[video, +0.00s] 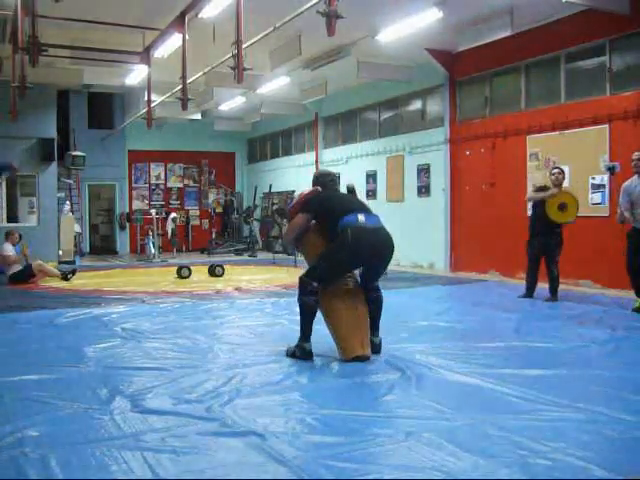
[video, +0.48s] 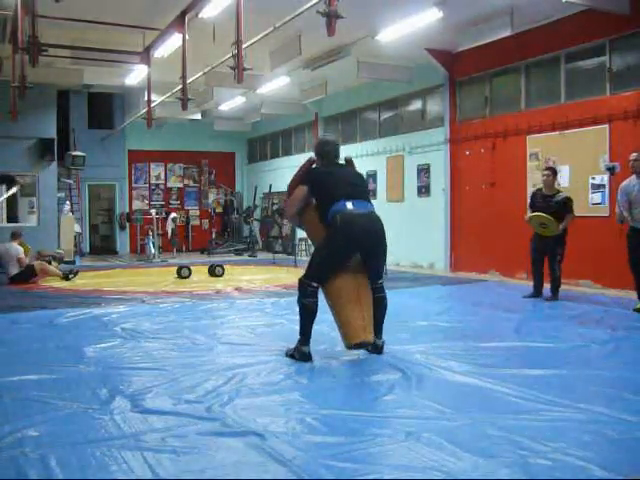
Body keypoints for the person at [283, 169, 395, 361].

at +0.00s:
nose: (312, 190)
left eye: (312, 188)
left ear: (316, 188)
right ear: (336, 186)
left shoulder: (314, 198)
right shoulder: (350, 198)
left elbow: (289, 236)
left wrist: (292, 247)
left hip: (353, 243)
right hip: (383, 241)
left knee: (308, 282)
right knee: (370, 283)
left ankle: (304, 344)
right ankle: (375, 338)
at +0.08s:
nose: (312, 194)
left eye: (313, 192)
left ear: (316, 193)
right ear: (336, 190)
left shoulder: (312, 205)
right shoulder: (348, 203)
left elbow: (289, 239)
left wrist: (293, 250)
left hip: (352, 246)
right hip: (383, 244)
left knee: (307, 282)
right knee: (373, 284)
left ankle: (303, 343)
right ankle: (375, 337)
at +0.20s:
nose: (311, 193)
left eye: (311, 191)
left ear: (315, 191)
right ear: (335, 189)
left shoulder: (312, 203)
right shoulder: (348, 200)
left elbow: (291, 232)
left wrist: (292, 250)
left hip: (348, 242)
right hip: (380, 239)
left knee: (310, 282)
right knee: (372, 282)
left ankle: (303, 342)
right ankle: (375, 336)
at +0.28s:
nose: (310, 183)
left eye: (310, 181)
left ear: (313, 181)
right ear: (333, 179)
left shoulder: (310, 193)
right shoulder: (347, 191)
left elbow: (290, 225)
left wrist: (289, 241)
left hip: (347, 234)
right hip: (378, 231)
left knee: (312, 282)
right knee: (372, 282)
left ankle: (303, 343)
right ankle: (375, 336)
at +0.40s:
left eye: (313, 167)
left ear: (313, 168)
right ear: (334, 165)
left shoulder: (311, 183)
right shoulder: (350, 179)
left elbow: (290, 218)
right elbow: (365, 206)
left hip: (345, 229)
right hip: (375, 225)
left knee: (312, 283)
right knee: (375, 282)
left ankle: (303, 346)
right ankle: (377, 340)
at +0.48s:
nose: (315, 160)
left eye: (315, 156)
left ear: (317, 157)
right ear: (338, 156)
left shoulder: (313, 174)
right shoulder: (353, 173)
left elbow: (290, 210)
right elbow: (365, 199)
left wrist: (302, 222)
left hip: (344, 226)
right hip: (373, 223)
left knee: (309, 283)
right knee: (377, 282)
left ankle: (303, 347)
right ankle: (378, 340)